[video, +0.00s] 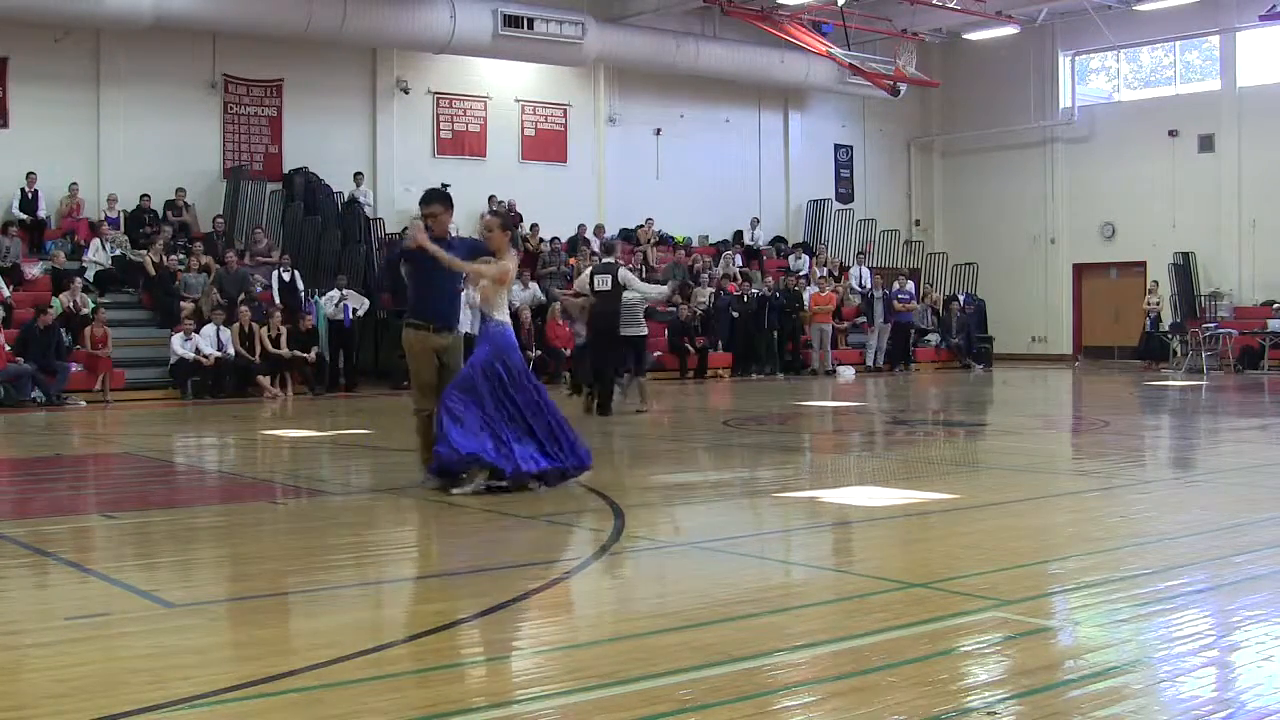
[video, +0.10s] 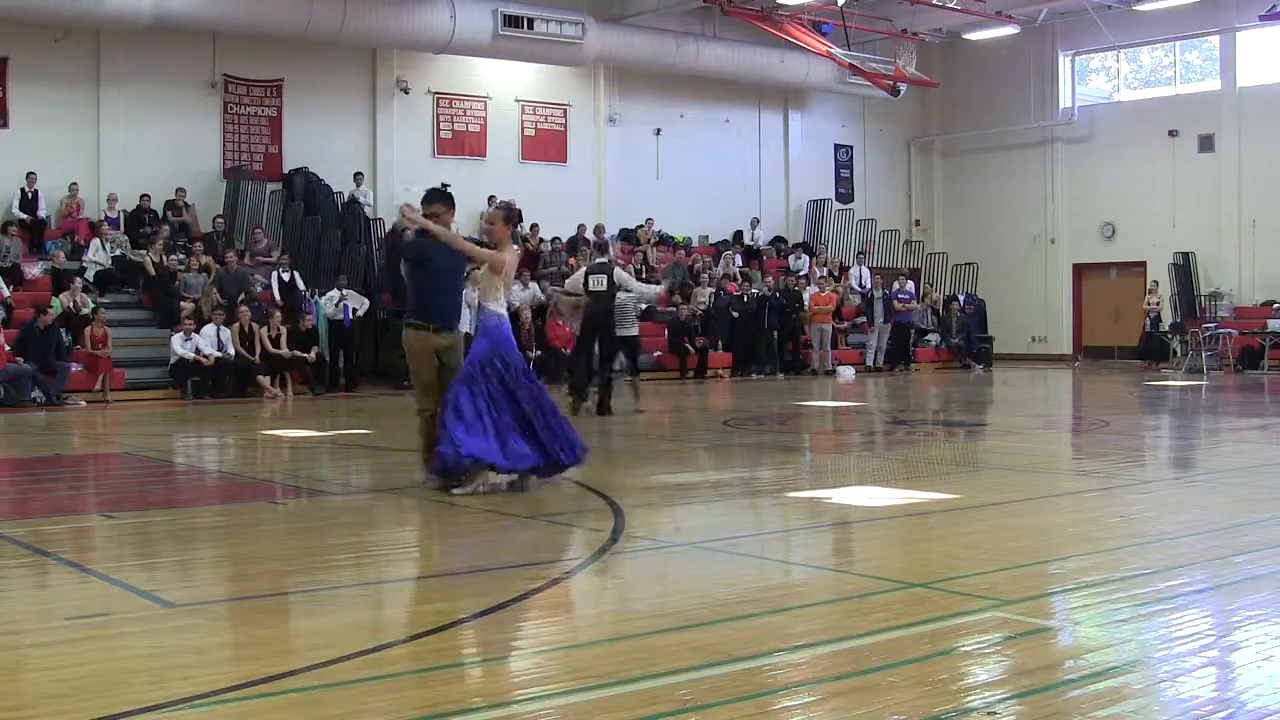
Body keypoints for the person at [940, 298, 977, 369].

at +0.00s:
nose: (955, 307)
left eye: (957, 305)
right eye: (953, 305)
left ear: (959, 307)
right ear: (950, 307)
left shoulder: (964, 318)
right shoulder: (945, 318)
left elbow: (965, 331)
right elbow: (943, 332)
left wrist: (958, 338)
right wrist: (950, 339)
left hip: (960, 338)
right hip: (949, 338)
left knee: (962, 344)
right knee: (952, 346)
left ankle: (964, 361)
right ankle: (964, 360)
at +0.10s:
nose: (955, 307)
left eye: (957, 305)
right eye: (953, 305)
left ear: (959, 307)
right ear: (950, 307)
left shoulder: (964, 318)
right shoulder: (945, 318)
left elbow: (965, 331)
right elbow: (943, 332)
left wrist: (958, 338)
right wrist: (950, 339)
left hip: (960, 338)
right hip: (949, 338)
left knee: (962, 344)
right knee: (952, 346)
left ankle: (964, 361)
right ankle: (964, 360)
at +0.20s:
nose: (955, 307)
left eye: (957, 305)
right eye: (953, 305)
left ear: (959, 307)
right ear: (950, 307)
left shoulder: (964, 318)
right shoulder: (945, 318)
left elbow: (965, 331)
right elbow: (943, 332)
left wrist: (958, 338)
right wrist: (950, 339)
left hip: (960, 338)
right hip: (949, 338)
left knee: (962, 344)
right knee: (952, 346)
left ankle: (964, 361)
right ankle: (964, 360)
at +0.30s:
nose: (955, 307)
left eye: (957, 305)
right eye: (953, 305)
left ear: (959, 307)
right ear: (950, 306)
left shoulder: (964, 318)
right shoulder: (945, 318)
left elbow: (965, 331)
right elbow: (943, 332)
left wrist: (958, 338)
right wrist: (950, 339)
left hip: (960, 338)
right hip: (949, 338)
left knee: (962, 344)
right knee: (952, 345)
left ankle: (964, 361)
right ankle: (964, 360)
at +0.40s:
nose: (955, 307)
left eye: (957, 305)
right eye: (953, 305)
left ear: (959, 307)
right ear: (949, 306)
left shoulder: (963, 318)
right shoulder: (944, 318)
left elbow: (965, 331)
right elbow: (943, 331)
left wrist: (958, 338)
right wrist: (949, 339)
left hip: (960, 338)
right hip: (949, 338)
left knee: (961, 345)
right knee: (953, 346)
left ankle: (963, 361)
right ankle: (965, 360)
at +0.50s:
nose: (955, 307)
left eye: (957, 305)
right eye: (953, 305)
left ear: (959, 307)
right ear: (949, 307)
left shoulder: (963, 318)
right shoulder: (945, 318)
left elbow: (965, 331)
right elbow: (943, 331)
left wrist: (958, 338)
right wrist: (949, 339)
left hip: (960, 338)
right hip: (949, 339)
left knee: (961, 345)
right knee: (953, 346)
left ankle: (963, 360)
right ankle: (964, 360)